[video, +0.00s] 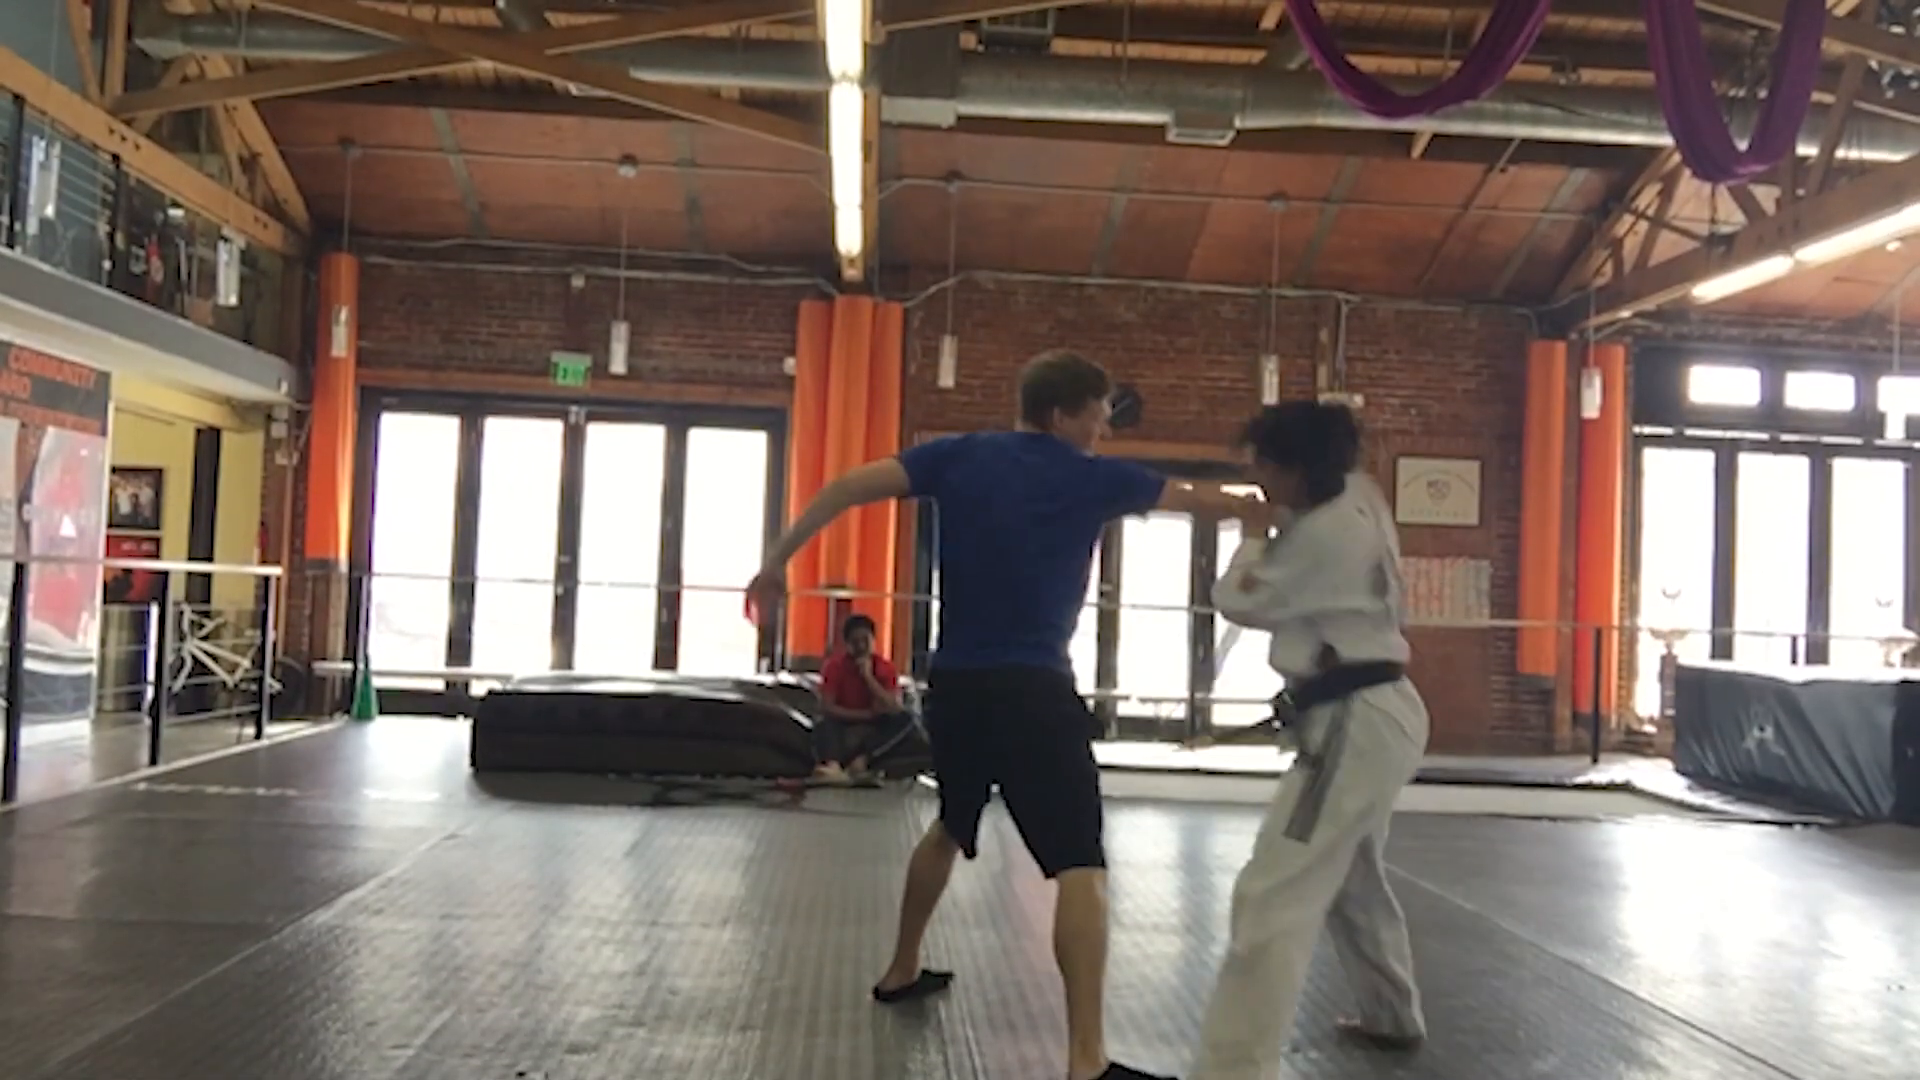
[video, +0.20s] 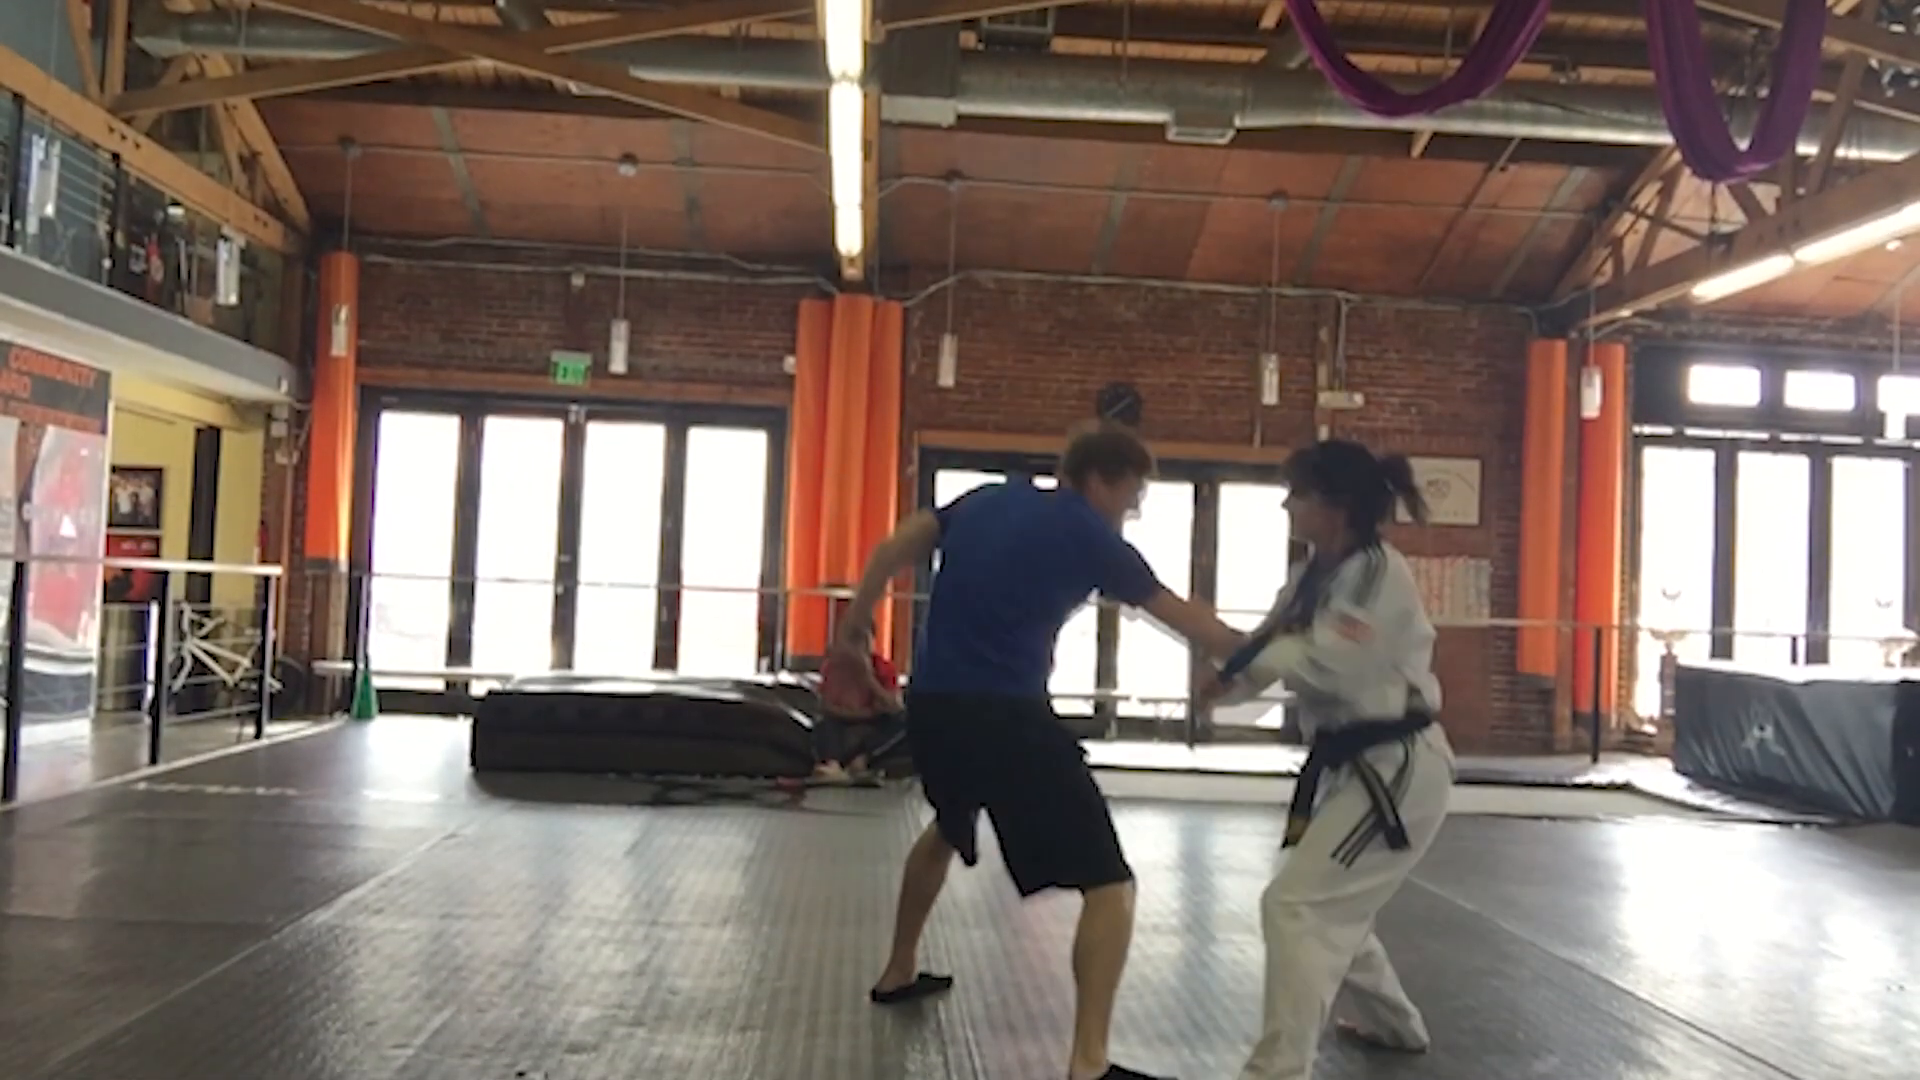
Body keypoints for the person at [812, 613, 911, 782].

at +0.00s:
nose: (861, 646)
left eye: (865, 640)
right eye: (855, 641)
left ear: (872, 640)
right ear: (846, 643)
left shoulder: (885, 668)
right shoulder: (834, 667)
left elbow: (893, 707)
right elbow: (827, 708)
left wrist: (868, 676)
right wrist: (868, 713)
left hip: (875, 720)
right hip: (842, 721)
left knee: (904, 720)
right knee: (824, 726)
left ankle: (863, 761)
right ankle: (831, 764)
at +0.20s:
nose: (856, 647)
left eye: (862, 639)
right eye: (851, 640)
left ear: (871, 641)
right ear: (843, 642)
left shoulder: (882, 668)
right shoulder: (831, 666)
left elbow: (895, 706)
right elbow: (826, 706)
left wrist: (867, 676)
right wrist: (870, 713)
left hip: (872, 723)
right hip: (838, 721)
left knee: (901, 724)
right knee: (824, 726)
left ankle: (863, 760)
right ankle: (830, 764)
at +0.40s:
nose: (862, 645)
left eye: (866, 638)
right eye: (857, 639)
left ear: (872, 639)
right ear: (848, 639)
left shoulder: (884, 667)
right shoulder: (834, 665)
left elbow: (894, 707)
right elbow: (827, 706)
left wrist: (869, 677)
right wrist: (869, 713)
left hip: (874, 721)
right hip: (842, 721)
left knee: (901, 726)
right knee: (825, 725)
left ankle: (864, 761)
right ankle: (831, 763)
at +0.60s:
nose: (864, 647)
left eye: (868, 641)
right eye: (859, 642)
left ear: (874, 643)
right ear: (849, 643)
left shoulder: (883, 669)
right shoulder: (835, 668)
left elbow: (894, 710)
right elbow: (828, 710)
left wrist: (868, 679)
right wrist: (868, 716)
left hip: (875, 725)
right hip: (844, 726)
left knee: (906, 725)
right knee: (824, 729)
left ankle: (867, 765)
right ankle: (832, 767)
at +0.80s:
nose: (863, 650)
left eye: (867, 644)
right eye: (857, 644)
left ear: (873, 645)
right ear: (849, 646)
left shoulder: (884, 672)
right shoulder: (835, 670)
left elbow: (893, 711)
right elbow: (828, 712)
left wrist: (868, 681)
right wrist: (869, 717)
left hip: (875, 725)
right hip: (843, 726)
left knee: (907, 725)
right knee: (824, 729)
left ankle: (865, 765)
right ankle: (831, 768)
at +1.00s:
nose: (861, 650)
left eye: (866, 643)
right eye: (856, 644)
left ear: (873, 643)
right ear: (847, 646)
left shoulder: (884, 669)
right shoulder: (834, 669)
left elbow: (894, 709)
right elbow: (828, 710)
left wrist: (868, 679)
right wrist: (868, 716)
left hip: (875, 723)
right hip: (844, 724)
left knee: (906, 723)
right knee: (824, 727)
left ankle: (866, 764)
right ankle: (831, 766)